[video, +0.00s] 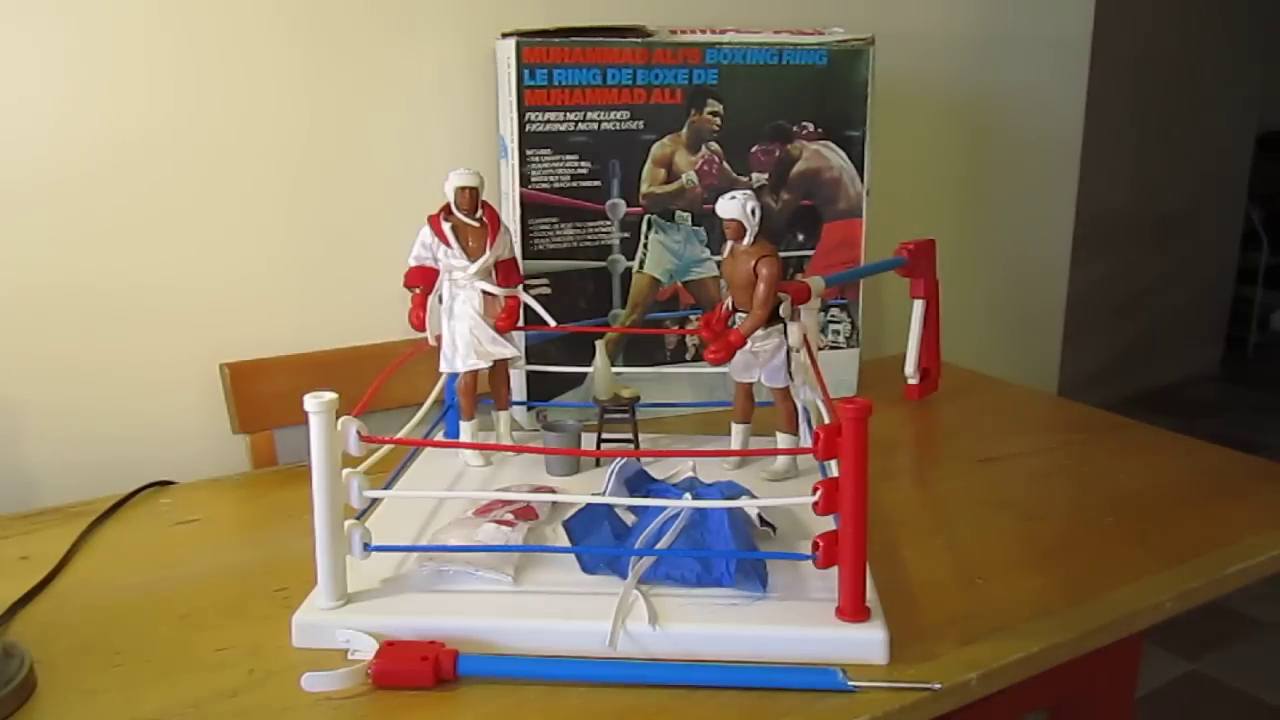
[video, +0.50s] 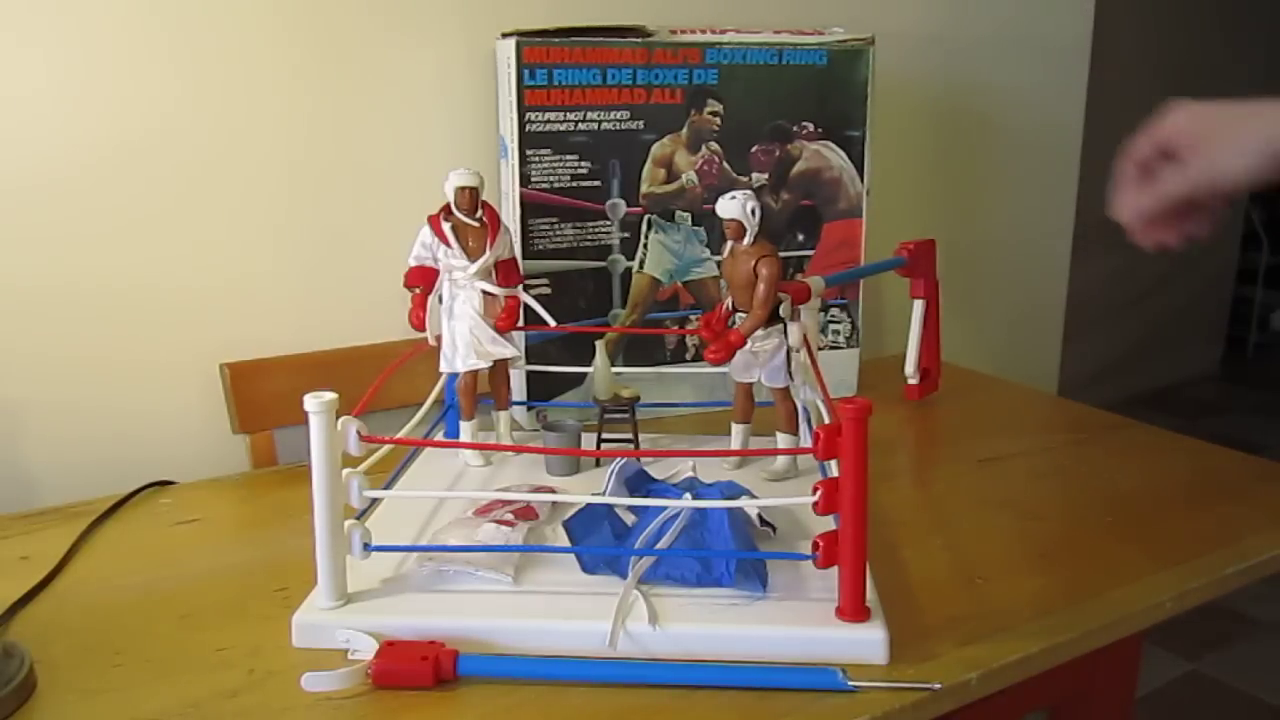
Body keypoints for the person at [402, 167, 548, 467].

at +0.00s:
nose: (467, 198)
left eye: (472, 191)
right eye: (461, 192)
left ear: (480, 194)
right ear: (451, 195)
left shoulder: (496, 228)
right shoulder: (436, 230)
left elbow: (508, 268)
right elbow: (422, 267)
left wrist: (512, 303)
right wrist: (419, 302)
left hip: (492, 302)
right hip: (458, 303)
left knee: (500, 363)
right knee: (469, 369)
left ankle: (504, 432)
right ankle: (469, 440)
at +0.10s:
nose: (467, 198)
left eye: (471, 191)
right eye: (461, 192)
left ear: (480, 194)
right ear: (451, 195)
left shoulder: (495, 227)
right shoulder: (436, 229)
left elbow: (509, 268)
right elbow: (422, 268)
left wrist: (512, 304)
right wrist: (419, 303)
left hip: (493, 302)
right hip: (458, 303)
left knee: (500, 363)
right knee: (469, 369)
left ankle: (504, 431)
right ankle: (469, 440)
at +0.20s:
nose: (467, 198)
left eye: (472, 191)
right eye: (461, 191)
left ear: (480, 194)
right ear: (451, 195)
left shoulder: (495, 227)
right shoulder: (436, 229)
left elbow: (509, 268)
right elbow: (422, 267)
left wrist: (512, 304)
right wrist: (419, 303)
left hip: (493, 302)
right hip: (458, 303)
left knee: (500, 363)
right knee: (469, 369)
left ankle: (504, 433)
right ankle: (469, 440)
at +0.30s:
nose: (467, 198)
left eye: (472, 191)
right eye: (461, 192)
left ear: (480, 194)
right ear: (451, 195)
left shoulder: (495, 227)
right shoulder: (436, 229)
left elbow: (509, 268)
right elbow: (422, 268)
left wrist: (512, 304)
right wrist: (419, 303)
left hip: (493, 302)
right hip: (458, 303)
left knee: (500, 363)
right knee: (469, 369)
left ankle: (504, 431)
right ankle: (469, 440)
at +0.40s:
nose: (467, 198)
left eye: (472, 191)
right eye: (461, 191)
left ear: (480, 194)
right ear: (451, 195)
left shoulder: (496, 227)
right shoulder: (436, 229)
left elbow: (508, 268)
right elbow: (422, 268)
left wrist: (512, 303)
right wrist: (419, 303)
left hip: (493, 302)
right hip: (458, 303)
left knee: (500, 364)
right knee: (469, 369)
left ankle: (504, 432)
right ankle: (468, 440)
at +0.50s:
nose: (467, 198)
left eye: (472, 191)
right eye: (461, 191)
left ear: (480, 194)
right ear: (451, 195)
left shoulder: (496, 227)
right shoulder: (436, 229)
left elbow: (508, 268)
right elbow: (422, 267)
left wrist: (512, 303)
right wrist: (419, 302)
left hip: (492, 302)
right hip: (458, 303)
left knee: (500, 363)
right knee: (469, 369)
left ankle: (504, 432)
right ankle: (469, 440)